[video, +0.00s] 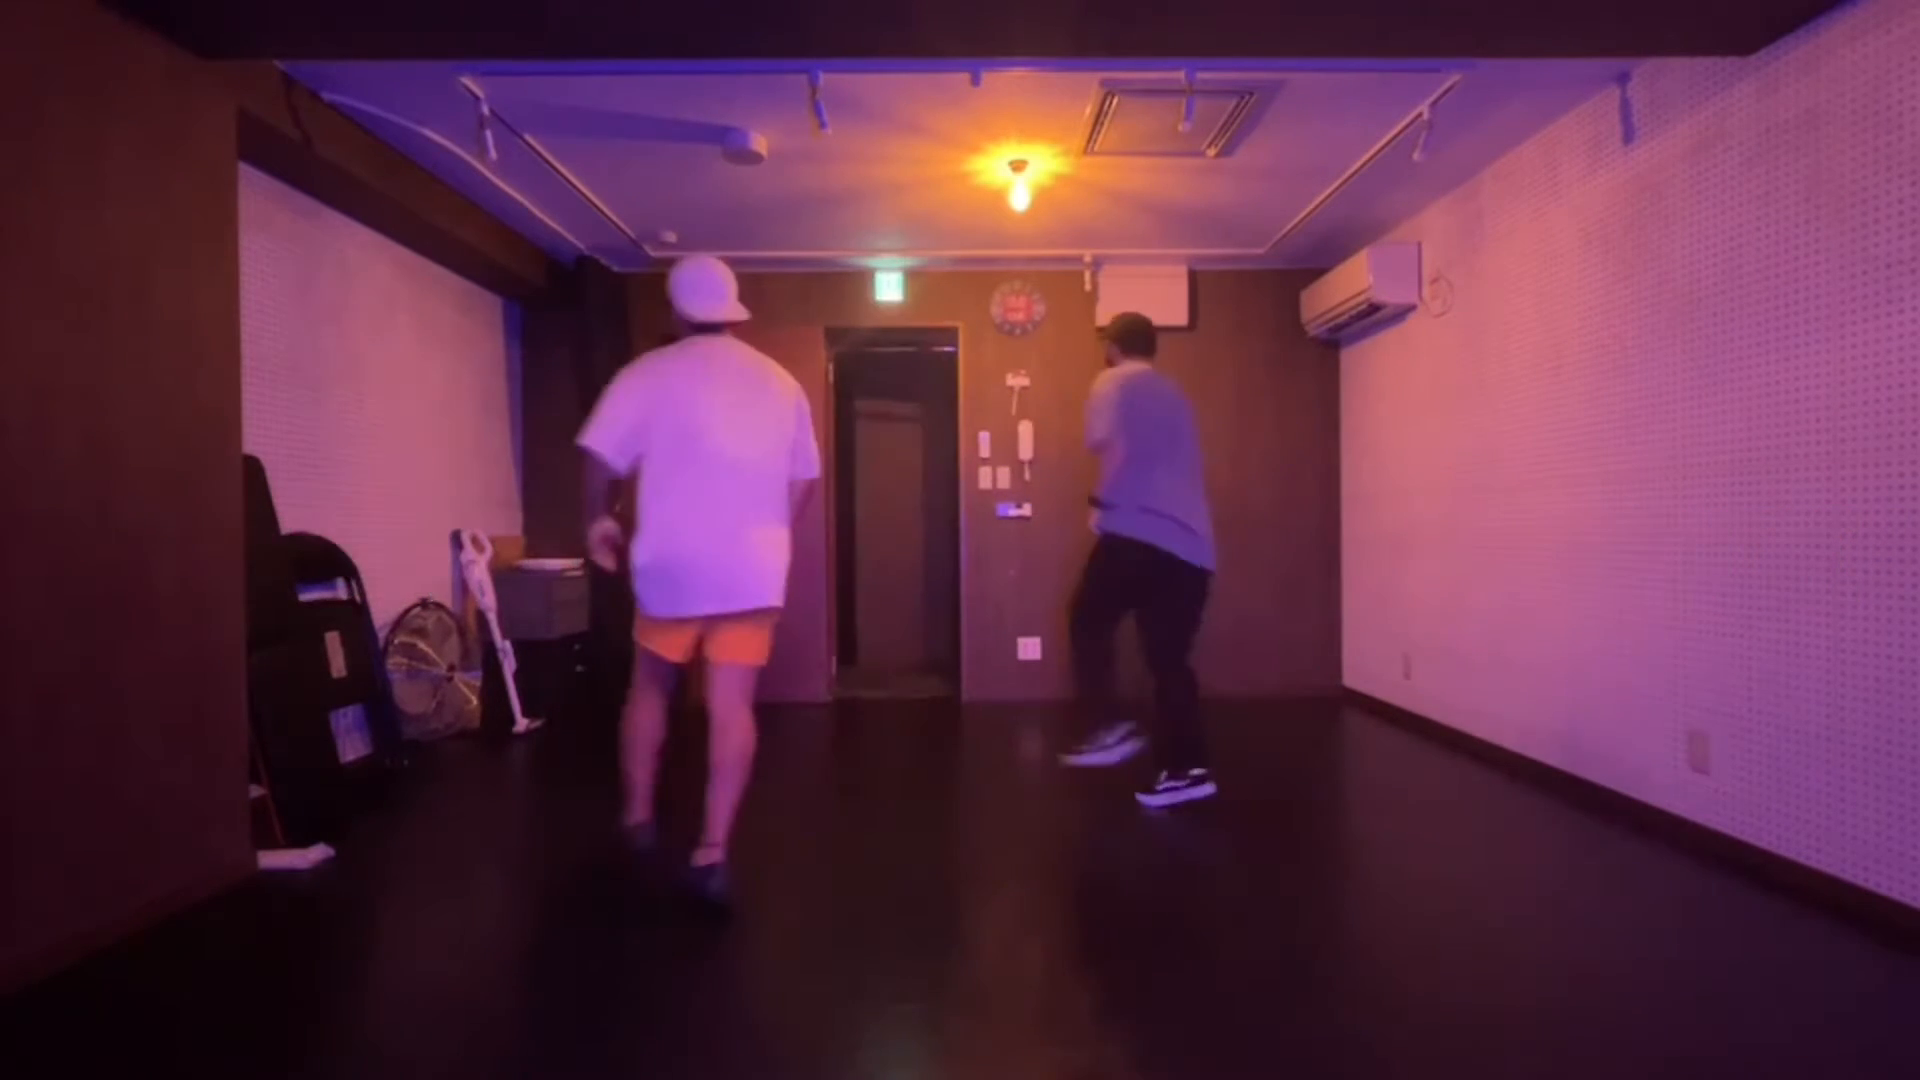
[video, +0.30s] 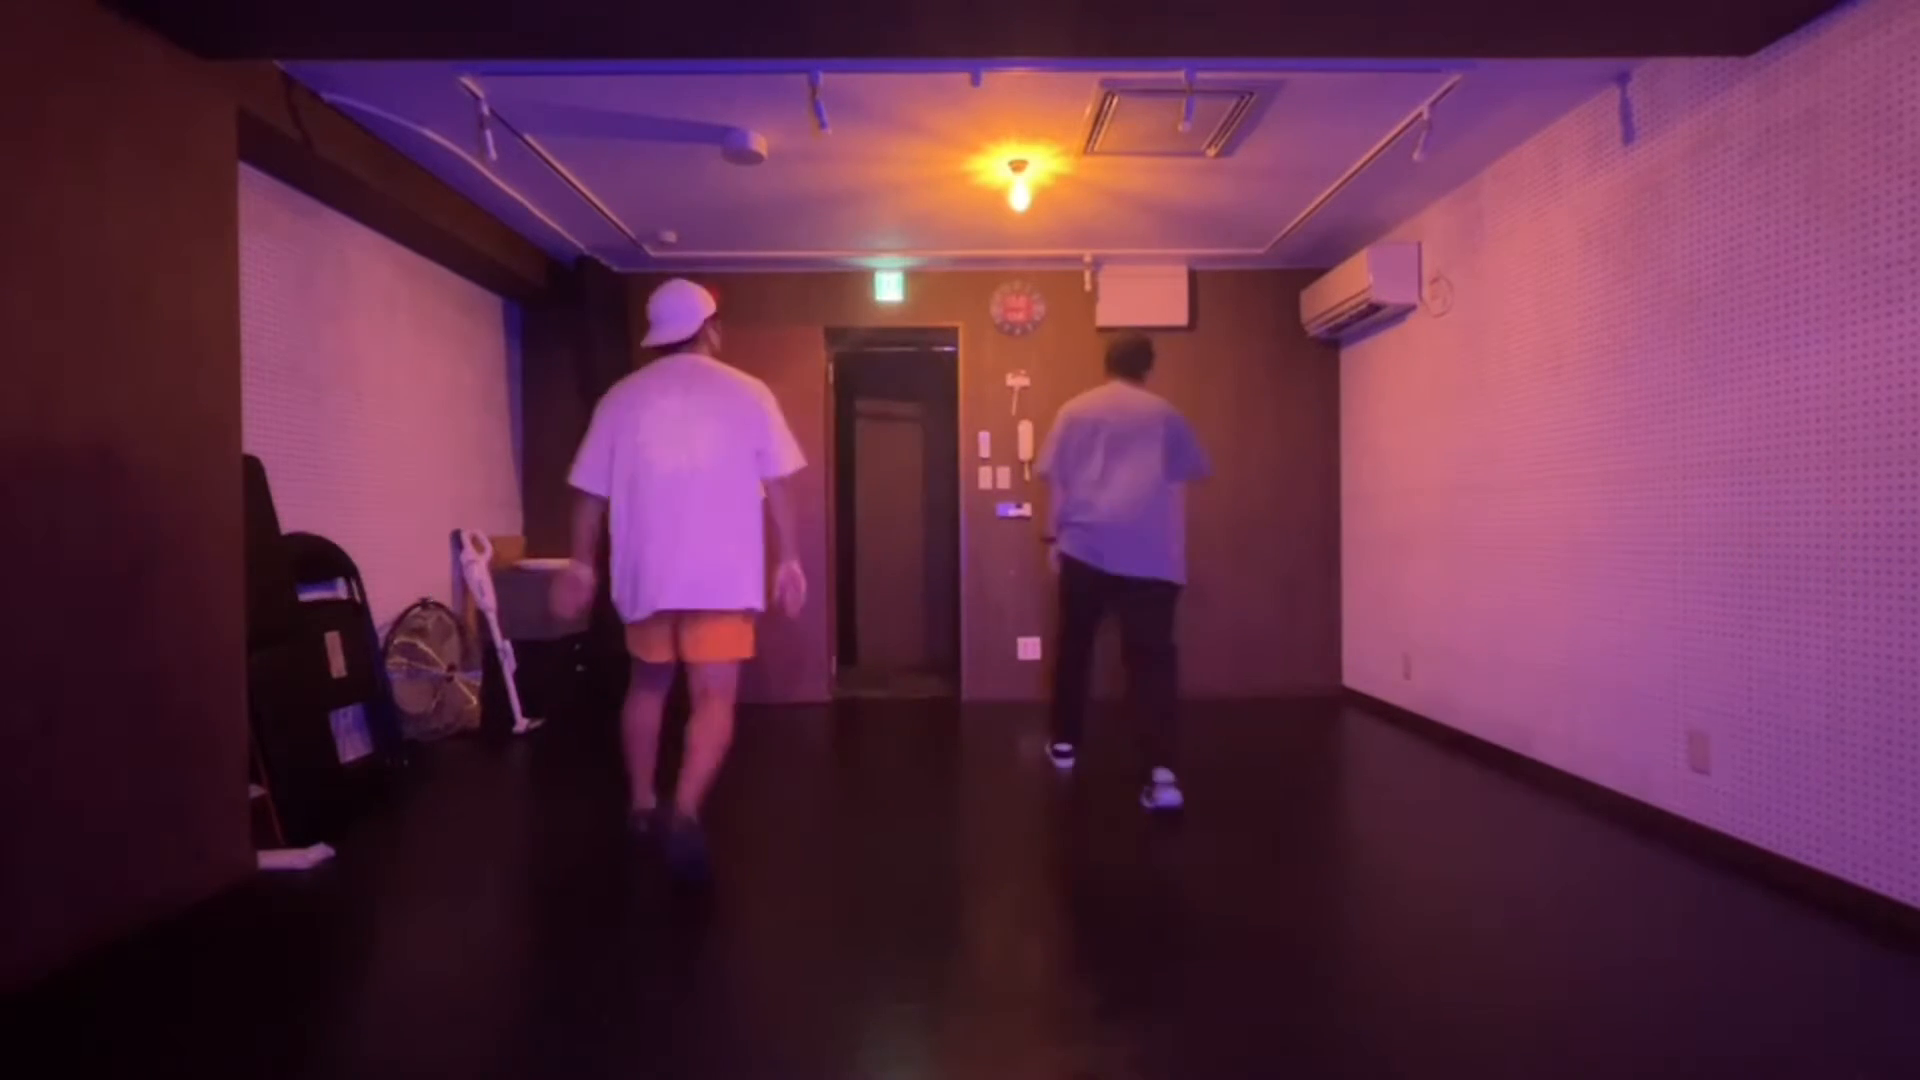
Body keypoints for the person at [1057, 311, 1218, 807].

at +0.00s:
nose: (1102, 355)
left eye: (1104, 347)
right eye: (1104, 347)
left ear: (1114, 348)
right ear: (1151, 349)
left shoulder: (1114, 381)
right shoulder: (1176, 397)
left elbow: (1112, 445)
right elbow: (1179, 467)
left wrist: (1102, 500)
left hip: (1133, 537)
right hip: (1188, 551)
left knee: (1089, 620)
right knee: (1169, 657)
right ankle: (1187, 766)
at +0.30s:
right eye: (1146, 364)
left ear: (1107, 364)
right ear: (1147, 368)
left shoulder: (1075, 410)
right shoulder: (1163, 413)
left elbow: (1050, 476)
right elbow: (1195, 471)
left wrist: (1051, 532)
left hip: (1085, 555)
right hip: (1150, 560)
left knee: (1074, 652)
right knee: (1153, 663)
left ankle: (1065, 742)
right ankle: (1161, 771)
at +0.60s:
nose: (1147, 370)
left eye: (1144, 363)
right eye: (1144, 363)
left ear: (1108, 365)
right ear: (1130, 364)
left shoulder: (1084, 406)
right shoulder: (1143, 402)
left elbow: (1064, 478)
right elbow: (1155, 457)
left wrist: (1054, 537)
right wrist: (1183, 514)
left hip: (1072, 548)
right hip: (1122, 552)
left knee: (1066, 641)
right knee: (1139, 643)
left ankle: (1052, 730)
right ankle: (1107, 727)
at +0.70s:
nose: (1156, 365)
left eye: (1152, 358)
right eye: (1150, 358)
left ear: (1118, 362)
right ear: (1133, 360)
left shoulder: (1099, 400)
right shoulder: (1141, 397)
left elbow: (1084, 471)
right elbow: (1134, 451)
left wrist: (1061, 530)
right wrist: (1149, 507)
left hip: (1077, 538)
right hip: (1120, 541)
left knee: (1065, 635)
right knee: (1140, 635)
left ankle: (1034, 722)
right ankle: (1128, 725)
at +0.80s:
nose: (1174, 376)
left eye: (1173, 369)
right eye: (1166, 369)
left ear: (1136, 376)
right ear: (1143, 375)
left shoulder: (1122, 410)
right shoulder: (1145, 410)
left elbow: (1104, 466)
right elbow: (1112, 459)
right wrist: (1100, 521)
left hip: (1087, 548)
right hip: (1123, 552)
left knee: (1064, 640)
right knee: (1148, 635)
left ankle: (1022, 727)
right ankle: (1168, 717)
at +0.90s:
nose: (1187, 392)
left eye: (1187, 384)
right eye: (1178, 384)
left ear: (1158, 388)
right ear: (1155, 386)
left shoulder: (1151, 421)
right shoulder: (1154, 423)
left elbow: (1138, 490)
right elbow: (1114, 475)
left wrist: (1153, 547)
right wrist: (1078, 531)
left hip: (1110, 558)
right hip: (1127, 560)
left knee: (1069, 644)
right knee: (1161, 636)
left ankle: (1022, 724)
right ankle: (1174, 719)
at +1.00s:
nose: (1208, 388)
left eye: (1210, 379)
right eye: (1199, 380)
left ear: (1184, 386)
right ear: (1177, 385)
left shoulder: (1171, 425)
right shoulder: (1172, 429)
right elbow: (1131, 483)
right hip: (1153, 557)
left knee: (1122, 633)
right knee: (1183, 632)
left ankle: (1055, 688)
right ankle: (1177, 718)